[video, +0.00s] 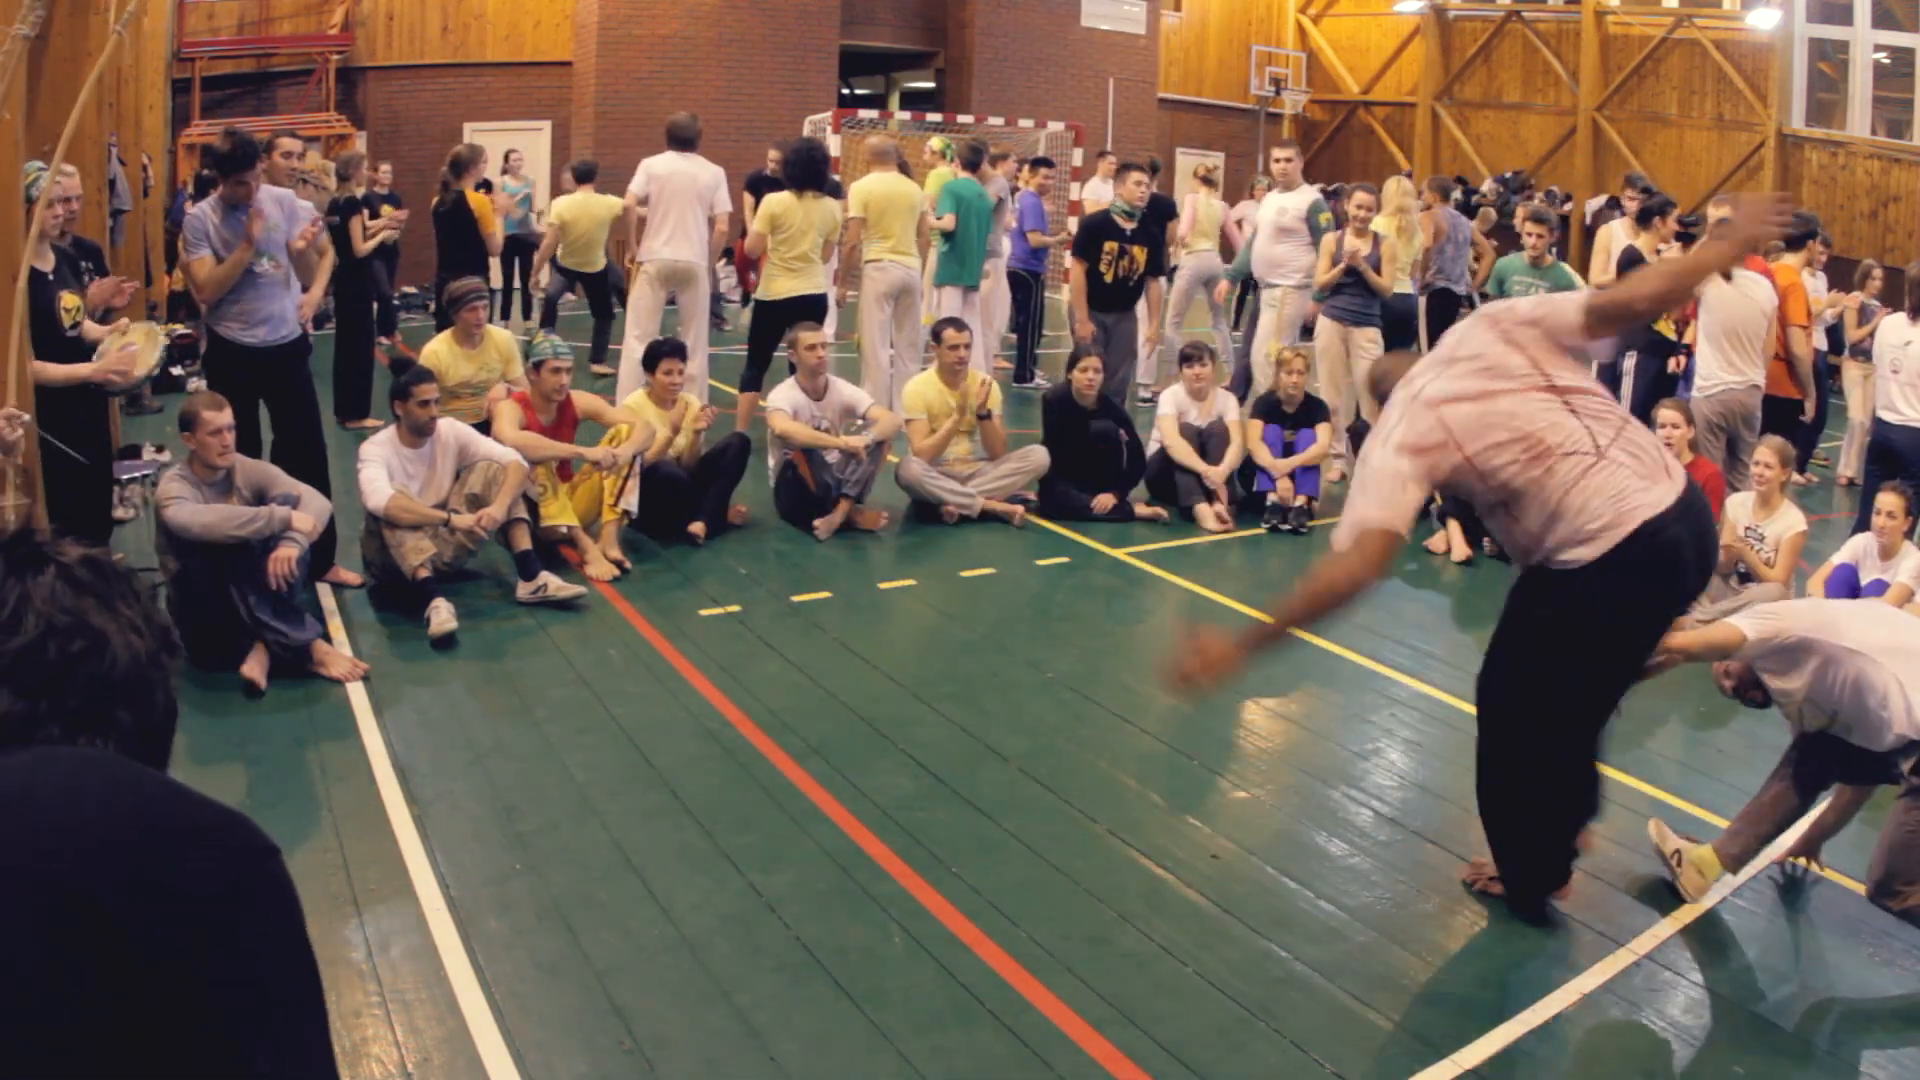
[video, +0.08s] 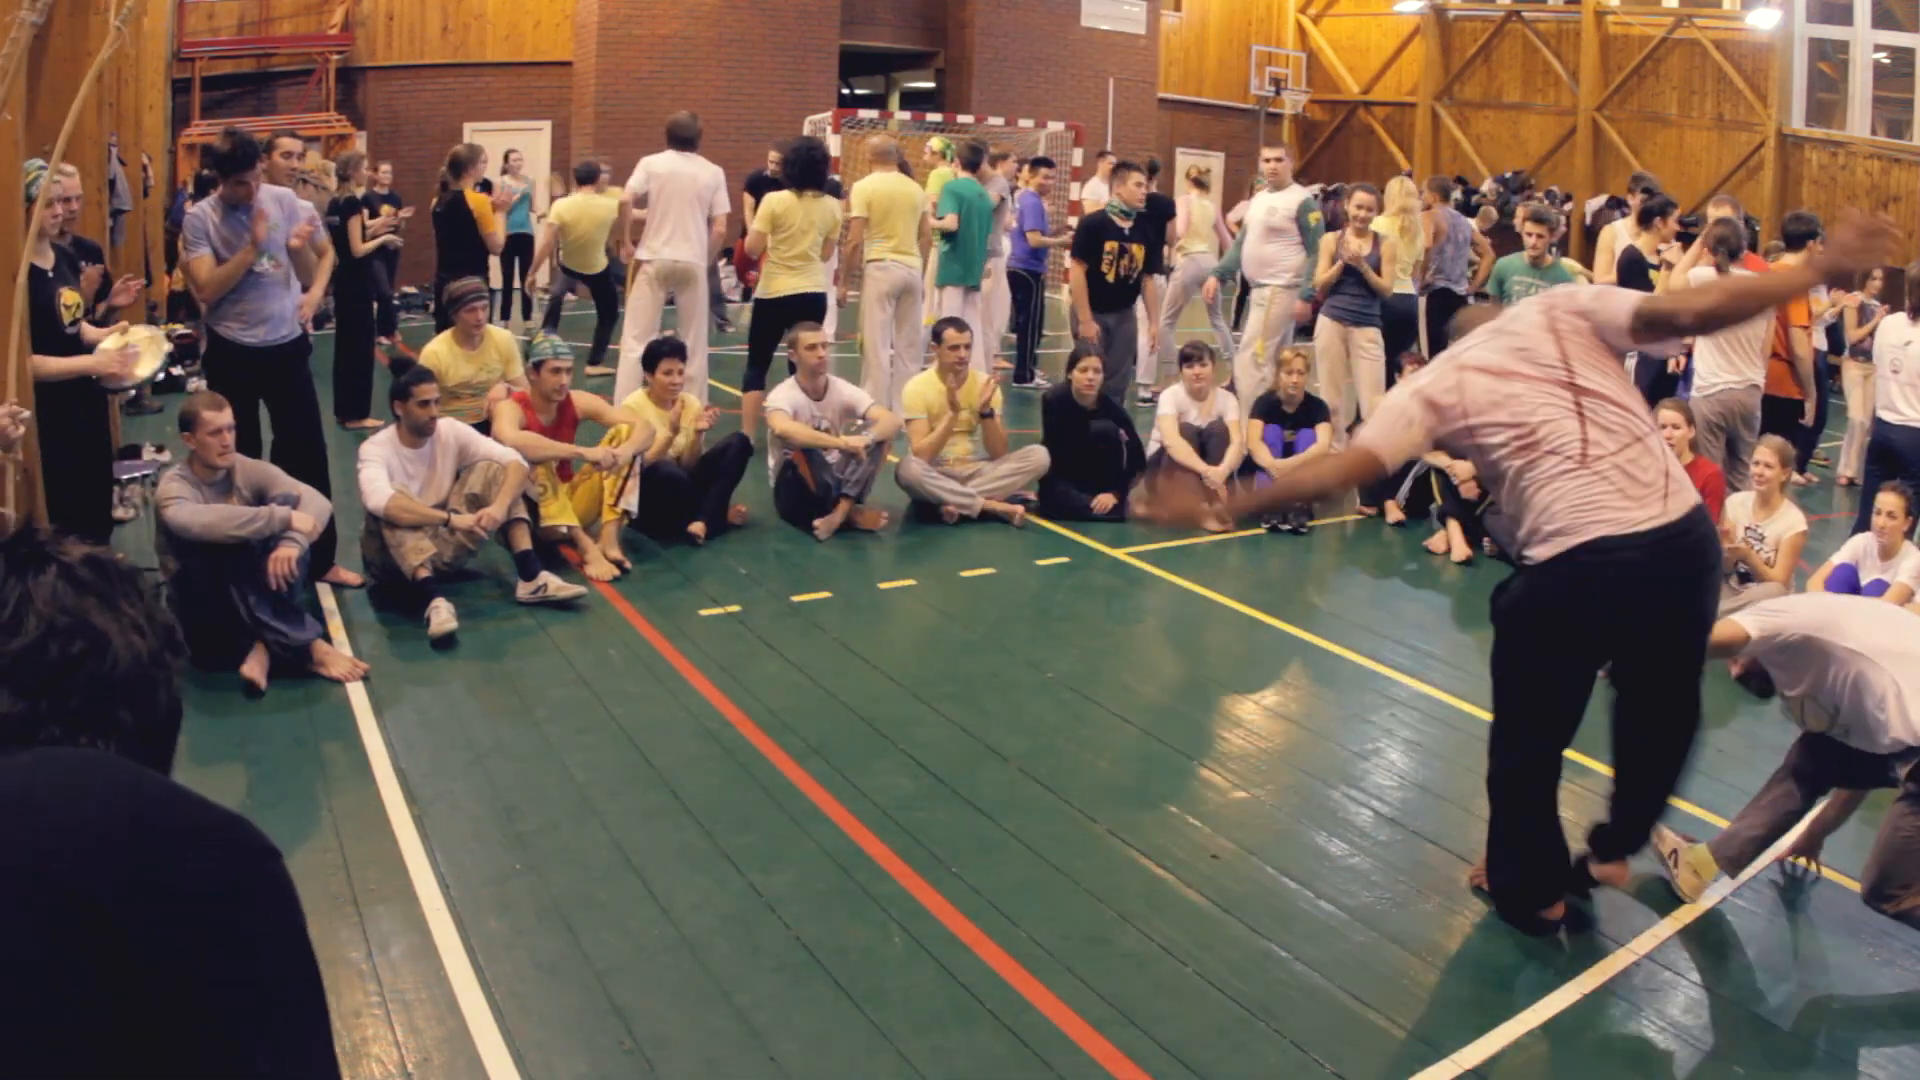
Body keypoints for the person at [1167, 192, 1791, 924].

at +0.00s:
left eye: (1370, 411)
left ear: (1378, 399)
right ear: (1421, 350)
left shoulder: (1401, 429)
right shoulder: (1498, 322)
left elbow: (1357, 567)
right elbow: (1623, 302)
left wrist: (1243, 645)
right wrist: (1723, 244)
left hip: (1598, 559)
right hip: (1681, 521)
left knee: (1511, 702)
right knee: (1574, 695)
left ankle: (1531, 882)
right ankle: (1559, 833)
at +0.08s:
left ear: (1439, 337)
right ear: (1495, 304)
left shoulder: (1431, 387)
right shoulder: (1570, 303)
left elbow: (1350, 464)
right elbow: (1689, 310)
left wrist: (1238, 500)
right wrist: (1817, 267)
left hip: (1565, 569)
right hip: (1680, 548)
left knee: (1528, 746)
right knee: (1658, 708)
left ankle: (1532, 897)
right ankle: (1616, 847)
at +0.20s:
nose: (1660, 301)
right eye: (1659, 293)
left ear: (1580, 287)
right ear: (1646, 287)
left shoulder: (1510, 332)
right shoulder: (1653, 305)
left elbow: (1386, 368)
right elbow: (1706, 352)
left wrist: (1336, 321)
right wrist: (1857, 374)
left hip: (1543, 575)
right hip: (1665, 579)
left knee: (1524, 732)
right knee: (1722, 757)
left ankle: (1527, 890)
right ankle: (1664, 916)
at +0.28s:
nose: (1749, 354)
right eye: (1750, 340)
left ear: (1655, 289)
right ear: (1725, 309)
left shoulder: (1573, 316)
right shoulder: (1720, 323)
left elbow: (1462, 343)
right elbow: (1695, 373)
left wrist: (1511, 323)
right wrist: (1828, 476)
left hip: (1531, 574)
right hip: (1649, 588)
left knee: (1524, 748)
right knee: (1745, 788)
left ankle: (1521, 896)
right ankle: (1700, 970)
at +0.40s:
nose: (1813, 386)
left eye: (1816, 374)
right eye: (1814, 373)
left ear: (1747, 332)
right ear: (1797, 357)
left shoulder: (1670, 346)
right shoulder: (1782, 405)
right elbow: (1717, 516)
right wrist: (1762, 562)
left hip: (1532, 598)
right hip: (1630, 626)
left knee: (1568, 717)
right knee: (1737, 821)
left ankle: (1497, 881)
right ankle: (1666, 1041)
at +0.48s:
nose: (1855, 457)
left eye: (1861, 445)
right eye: (1857, 442)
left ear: (1795, 399)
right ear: (1841, 431)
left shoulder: (1718, 417)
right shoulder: (1807, 480)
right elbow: (1762, 633)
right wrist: (1772, 688)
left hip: (1523, 636)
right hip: (1622, 667)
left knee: (1603, 740)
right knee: (1758, 816)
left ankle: (1544, 897)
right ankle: (1656, 1019)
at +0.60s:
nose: (1867, 605)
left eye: (1874, 593)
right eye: (1871, 592)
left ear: (1815, 538)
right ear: (1856, 586)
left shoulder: (1761, 541)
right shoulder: (1799, 619)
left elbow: (1828, 661)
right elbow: (1842, 767)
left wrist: (1877, 733)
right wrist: (1837, 872)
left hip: (1523, 720)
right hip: (1577, 750)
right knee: (1780, 832)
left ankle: (1635, 927)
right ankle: (1657, 1023)